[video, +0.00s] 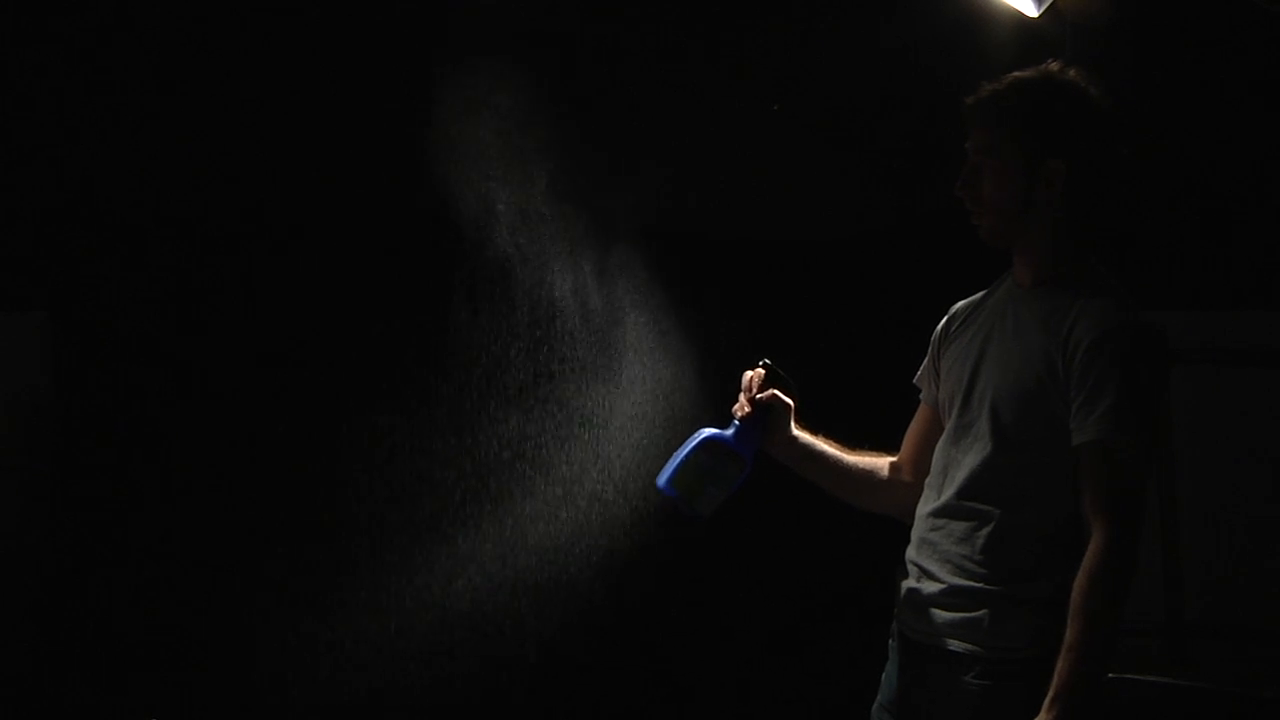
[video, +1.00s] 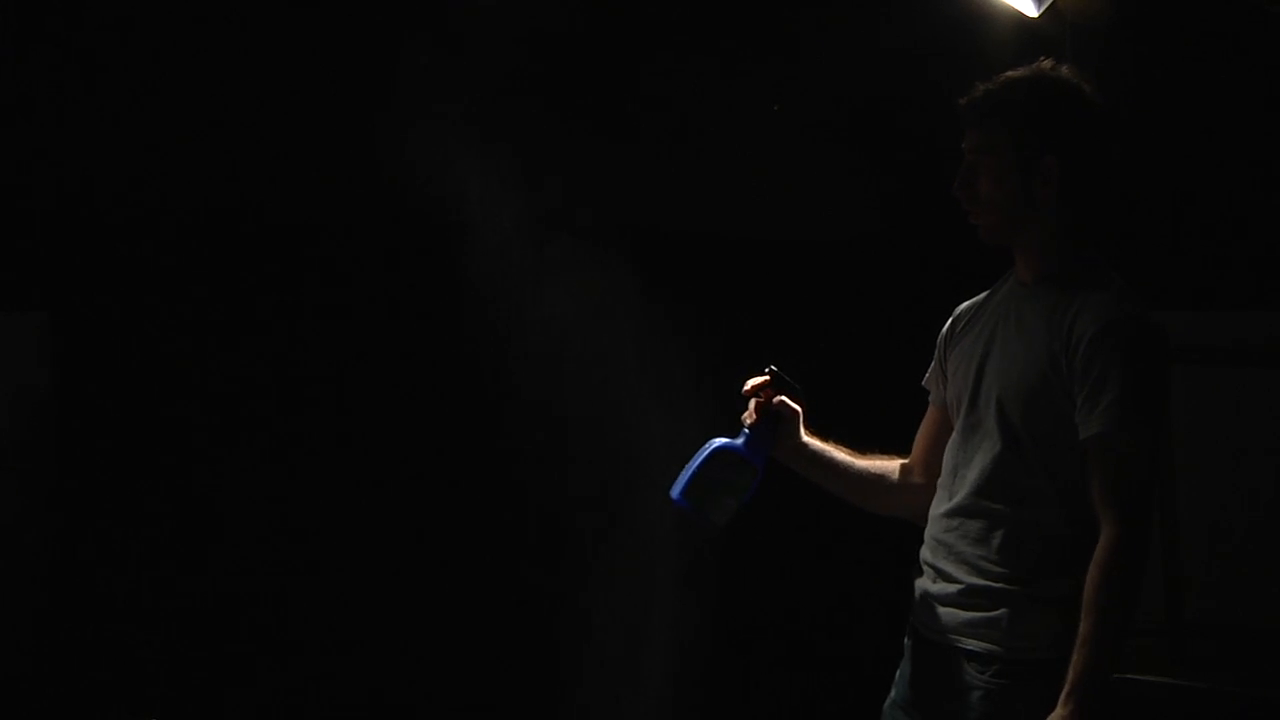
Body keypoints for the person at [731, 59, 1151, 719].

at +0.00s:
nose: (966, 182)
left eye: (987, 161)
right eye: (969, 160)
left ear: (1046, 176)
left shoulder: (1099, 326)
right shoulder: (963, 322)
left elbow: (1112, 533)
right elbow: (907, 484)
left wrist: (1061, 701)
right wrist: (787, 436)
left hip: (1007, 658)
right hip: (917, 640)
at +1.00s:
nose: (962, 184)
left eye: (982, 163)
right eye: (966, 163)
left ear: (1044, 174)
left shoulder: (1103, 324)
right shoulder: (969, 322)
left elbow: (1123, 527)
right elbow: (920, 486)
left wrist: (1076, 698)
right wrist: (798, 443)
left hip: (1022, 659)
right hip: (931, 644)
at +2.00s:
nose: (1121, 321)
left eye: (1143, 304)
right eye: (1125, 303)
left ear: (1201, 319)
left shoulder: (1256, 458)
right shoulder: (1087, 457)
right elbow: (931, 519)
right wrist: (807, 452)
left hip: (1235, 699)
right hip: (1119, 701)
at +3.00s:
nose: (1119, 317)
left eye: (1143, 301)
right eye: (1124, 299)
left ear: (1202, 320)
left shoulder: (1259, 460)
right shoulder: (1087, 456)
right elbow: (930, 519)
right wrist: (807, 446)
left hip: (1233, 698)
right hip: (1117, 699)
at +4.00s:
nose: (1120, 317)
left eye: (1143, 301)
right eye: (1123, 299)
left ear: (1204, 320)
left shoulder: (1258, 457)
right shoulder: (1088, 457)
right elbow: (934, 520)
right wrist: (813, 449)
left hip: (1233, 701)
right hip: (1118, 702)